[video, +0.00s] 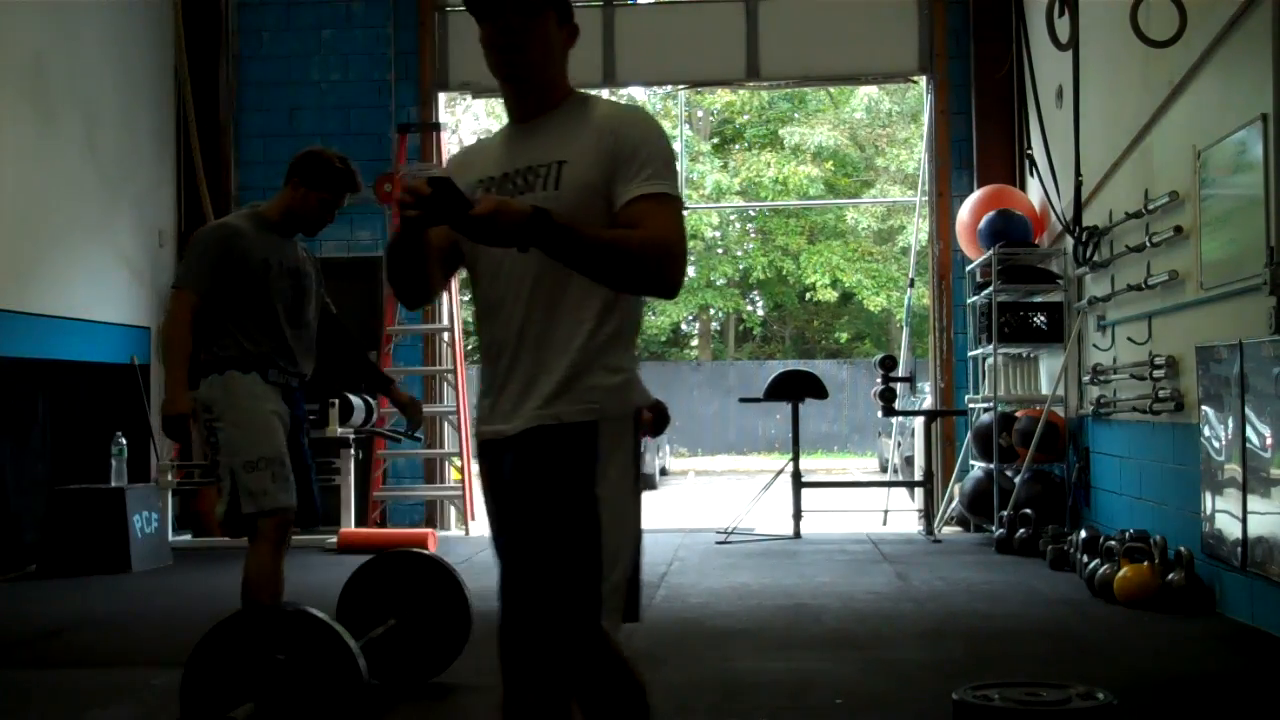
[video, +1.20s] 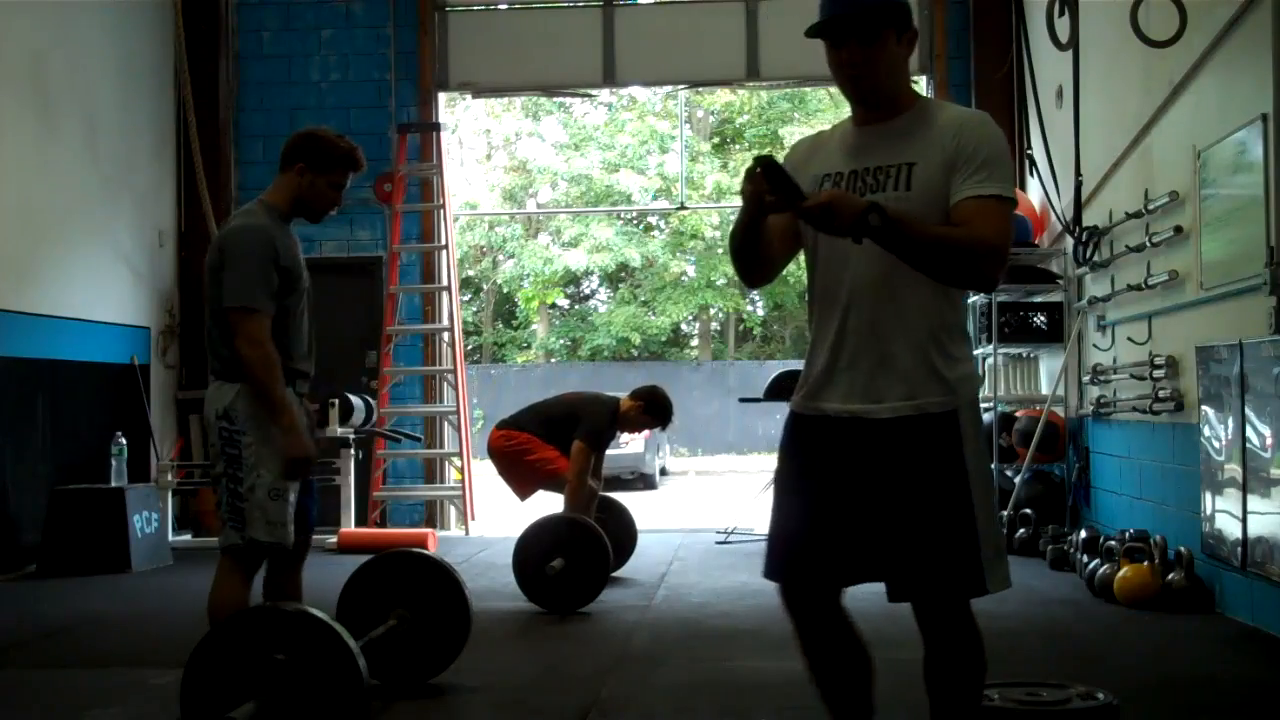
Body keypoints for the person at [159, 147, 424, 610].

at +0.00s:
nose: (332, 218)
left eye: (337, 209)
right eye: (330, 205)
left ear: (307, 196)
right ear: (300, 190)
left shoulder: (300, 259)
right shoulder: (225, 237)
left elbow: (334, 340)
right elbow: (180, 313)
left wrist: (392, 392)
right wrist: (176, 392)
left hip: (279, 392)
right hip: (237, 386)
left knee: (277, 522)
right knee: (273, 518)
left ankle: (263, 644)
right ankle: (262, 647)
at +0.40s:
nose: (331, 217)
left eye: (337, 207)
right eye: (329, 204)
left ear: (304, 192)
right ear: (300, 188)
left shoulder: (284, 248)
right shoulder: (236, 239)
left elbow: (288, 341)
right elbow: (204, 323)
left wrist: (331, 397)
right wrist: (239, 391)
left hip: (293, 407)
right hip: (263, 406)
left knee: (279, 546)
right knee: (268, 547)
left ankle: (264, 662)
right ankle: (243, 667)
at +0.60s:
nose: (332, 210)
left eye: (337, 200)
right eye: (330, 197)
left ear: (298, 183)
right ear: (299, 180)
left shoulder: (271, 238)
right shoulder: (239, 236)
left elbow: (272, 332)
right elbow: (235, 329)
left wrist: (321, 389)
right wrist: (313, 379)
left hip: (284, 402)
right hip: (251, 404)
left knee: (316, 530)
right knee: (249, 537)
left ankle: (286, 643)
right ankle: (230, 659)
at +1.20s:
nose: (338, 201)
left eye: (342, 190)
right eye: (335, 187)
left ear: (300, 176)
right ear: (302, 174)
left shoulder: (277, 235)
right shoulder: (253, 235)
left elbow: (272, 337)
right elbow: (252, 342)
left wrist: (302, 405)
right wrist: (290, 427)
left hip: (276, 404)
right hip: (248, 406)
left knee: (291, 545)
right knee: (243, 551)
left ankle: (287, 660)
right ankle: (229, 670)